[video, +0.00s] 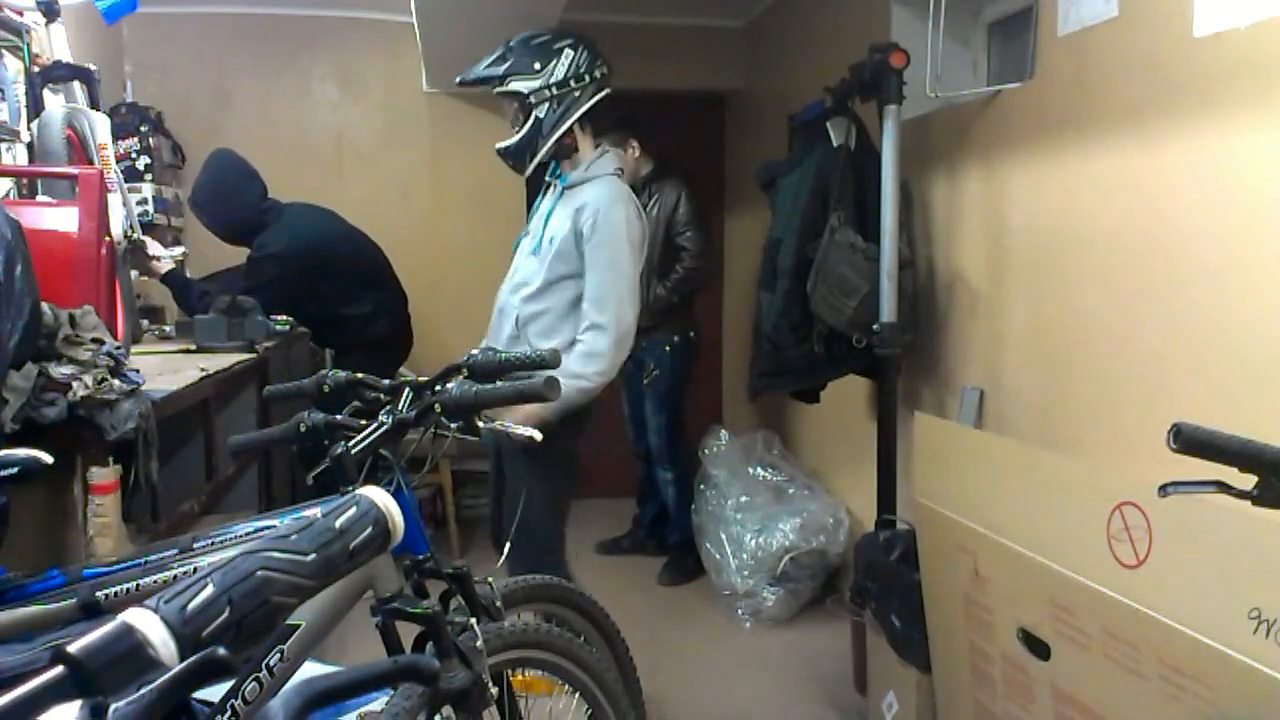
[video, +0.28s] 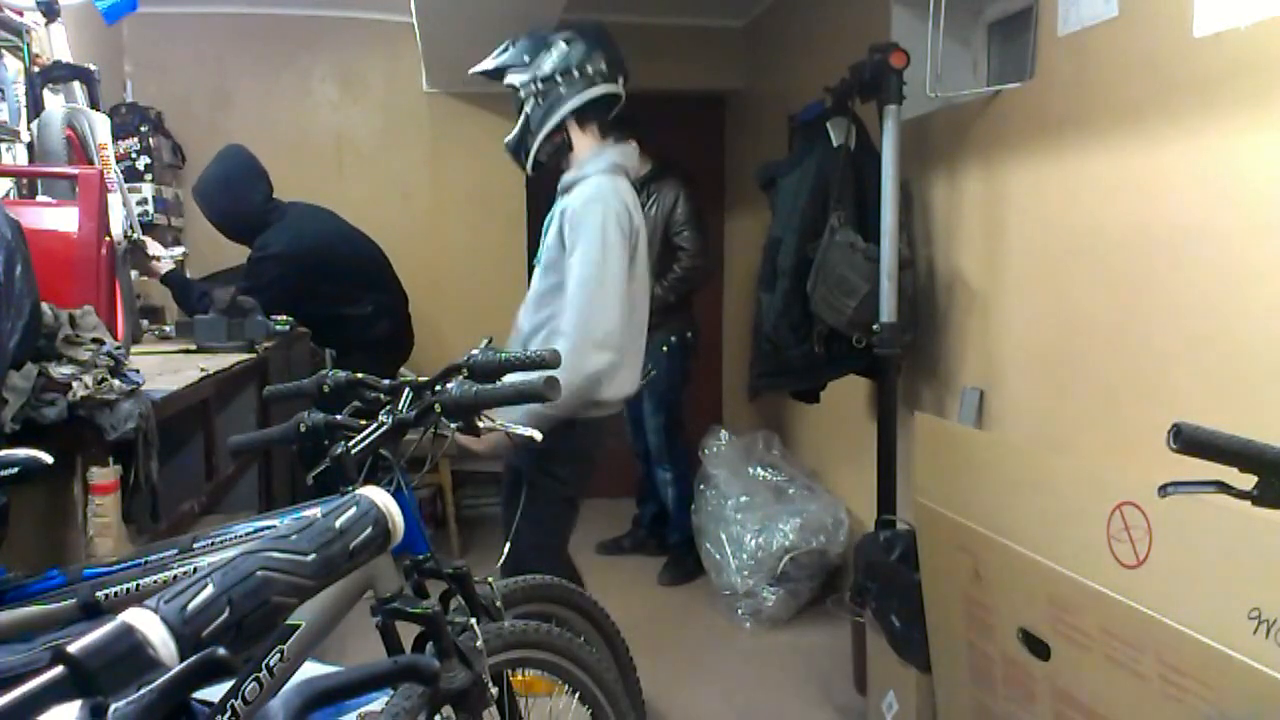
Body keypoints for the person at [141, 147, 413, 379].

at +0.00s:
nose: (213, 230)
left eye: (210, 220)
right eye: (208, 221)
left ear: (225, 216)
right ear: (251, 193)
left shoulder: (276, 253)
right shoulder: (295, 218)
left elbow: (223, 311)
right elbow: (246, 284)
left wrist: (164, 272)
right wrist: (177, 278)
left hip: (370, 348)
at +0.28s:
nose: (217, 225)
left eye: (216, 216)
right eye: (213, 216)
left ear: (231, 211)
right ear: (258, 190)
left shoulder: (275, 254)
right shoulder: (297, 216)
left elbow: (229, 312)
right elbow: (250, 290)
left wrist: (164, 272)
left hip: (370, 349)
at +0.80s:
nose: (214, 223)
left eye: (212, 214)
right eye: (210, 215)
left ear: (229, 210)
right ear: (253, 192)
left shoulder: (272, 250)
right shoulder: (288, 217)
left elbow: (231, 316)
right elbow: (247, 282)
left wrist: (171, 275)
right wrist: (192, 256)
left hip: (379, 350)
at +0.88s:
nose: (214, 223)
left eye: (213, 213)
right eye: (210, 214)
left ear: (230, 209)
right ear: (255, 191)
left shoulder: (273, 250)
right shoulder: (293, 218)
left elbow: (236, 320)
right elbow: (250, 280)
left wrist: (170, 275)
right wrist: (191, 256)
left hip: (372, 353)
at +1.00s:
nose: (214, 221)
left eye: (213, 212)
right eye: (211, 213)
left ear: (228, 210)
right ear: (254, 191)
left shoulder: (272, 251)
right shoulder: (288, 216)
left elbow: (229, 317)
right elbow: (246, 279)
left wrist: (170, 274)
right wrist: (190, 255)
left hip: (377, 349)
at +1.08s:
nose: (214, 221)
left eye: (214, 213)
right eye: (212, 213)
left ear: (227, 212)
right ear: (255, 191)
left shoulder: (273, 252)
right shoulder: (288, 216)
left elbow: (228, 314)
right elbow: (247, 276)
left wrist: (171, 274)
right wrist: (190, 252)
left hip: (376, 349)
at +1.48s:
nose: (211, 223)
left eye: (210, 214)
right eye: (207, 214)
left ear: (225, 212)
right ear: (251, 192)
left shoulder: (272, 251)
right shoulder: (285, 217)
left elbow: (225, 312)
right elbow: (246, 272)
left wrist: (169, 274)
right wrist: (185, 256)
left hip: (373, 347)